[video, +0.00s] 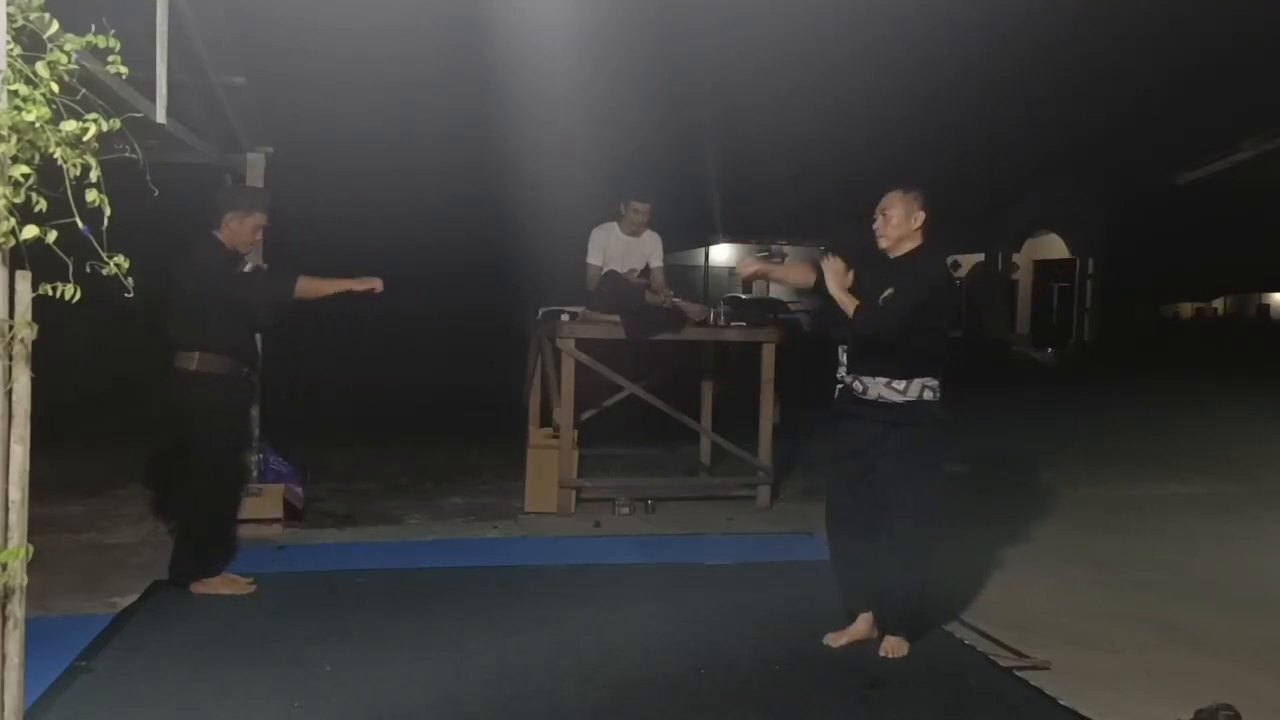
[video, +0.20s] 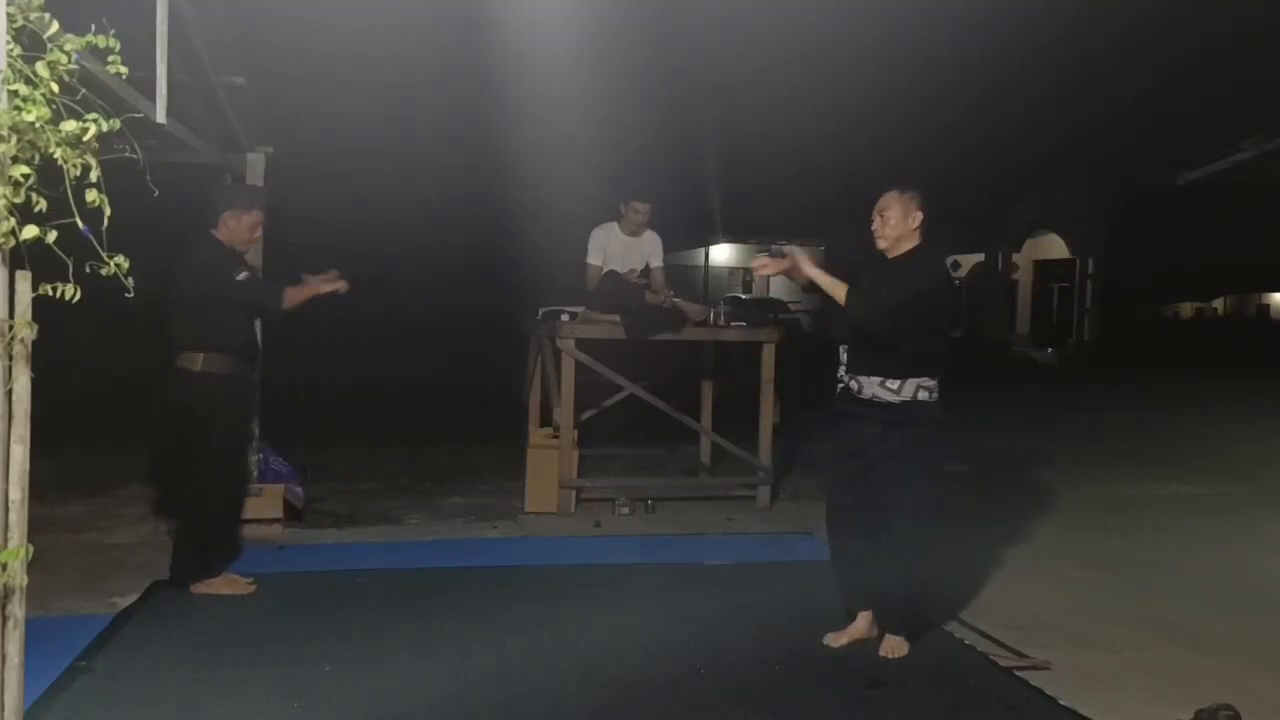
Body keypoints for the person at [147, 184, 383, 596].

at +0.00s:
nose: (259, 237)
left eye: (261, 229)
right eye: (256, 228)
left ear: (231, 225)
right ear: (230, 222)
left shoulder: (206, 256)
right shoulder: (210, 262)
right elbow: (276, 287)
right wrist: (348, 285)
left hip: (202, 380)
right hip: (209, 384)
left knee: (211, 471)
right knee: (217, 473)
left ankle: (197, 567)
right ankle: (202, 573)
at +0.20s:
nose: (258, 235)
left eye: (260, 226)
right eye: (254, 225)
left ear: (230, 222)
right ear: (229, 220)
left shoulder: (211, 255)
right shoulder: (214, 261)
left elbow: (259, 294)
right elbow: (269, 301)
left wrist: (303, 284)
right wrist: (318, 288)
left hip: (211, 380)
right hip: (211, 383)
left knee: (215, 472)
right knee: (217, 475)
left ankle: (204, 566)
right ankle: (202, 572)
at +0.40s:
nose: (258, 231)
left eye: (260, 223)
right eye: (253, 222)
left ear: (233, 223)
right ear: (228, 220)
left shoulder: (233, 260)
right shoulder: (204, 257)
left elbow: (277, 289)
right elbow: (216, 302)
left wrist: (340, 288)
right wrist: (250, 303)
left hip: (225, 380)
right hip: (207, 382)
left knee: (225, 472)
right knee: (214, 473)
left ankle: (209, 567)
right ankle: (202, 573)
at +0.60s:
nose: (254, 228)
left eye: (255, 220)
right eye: (249, 219)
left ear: (229, 221)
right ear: (225, 218)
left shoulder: (211, 257)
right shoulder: (209, 260)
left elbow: (245, 284)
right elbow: (254, 290)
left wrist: (281, 273)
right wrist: (291, 279)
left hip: (215, 380)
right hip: (211, 383)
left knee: (217, 471)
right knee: (216, 473)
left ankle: (206, 566)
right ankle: (203, 572)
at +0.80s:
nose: (255, 221)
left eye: (253, 212)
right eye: (247, 213)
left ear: (225, 219)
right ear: (222, 218)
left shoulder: (217, 258)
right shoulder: (209, 261)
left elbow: (251, 289)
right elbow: (265, 295)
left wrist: (279, 283)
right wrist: (289, 285)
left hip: (217, 382)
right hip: (209, 384)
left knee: (219, 475)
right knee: (215, 476)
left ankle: (209, 567)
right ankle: (201, 573)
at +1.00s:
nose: (251, 217)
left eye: (248, 209)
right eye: (244, 209)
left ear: (222, 215)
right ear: (221, 214)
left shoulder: (219, 258)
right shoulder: (207, 259)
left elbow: (247, 319)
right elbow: (270, 295)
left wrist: (302, 325)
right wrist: (268, 253)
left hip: (220, 378)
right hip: (208, 380)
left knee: (220, 472)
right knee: (214, 473)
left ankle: (208, 567)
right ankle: (202, 573)